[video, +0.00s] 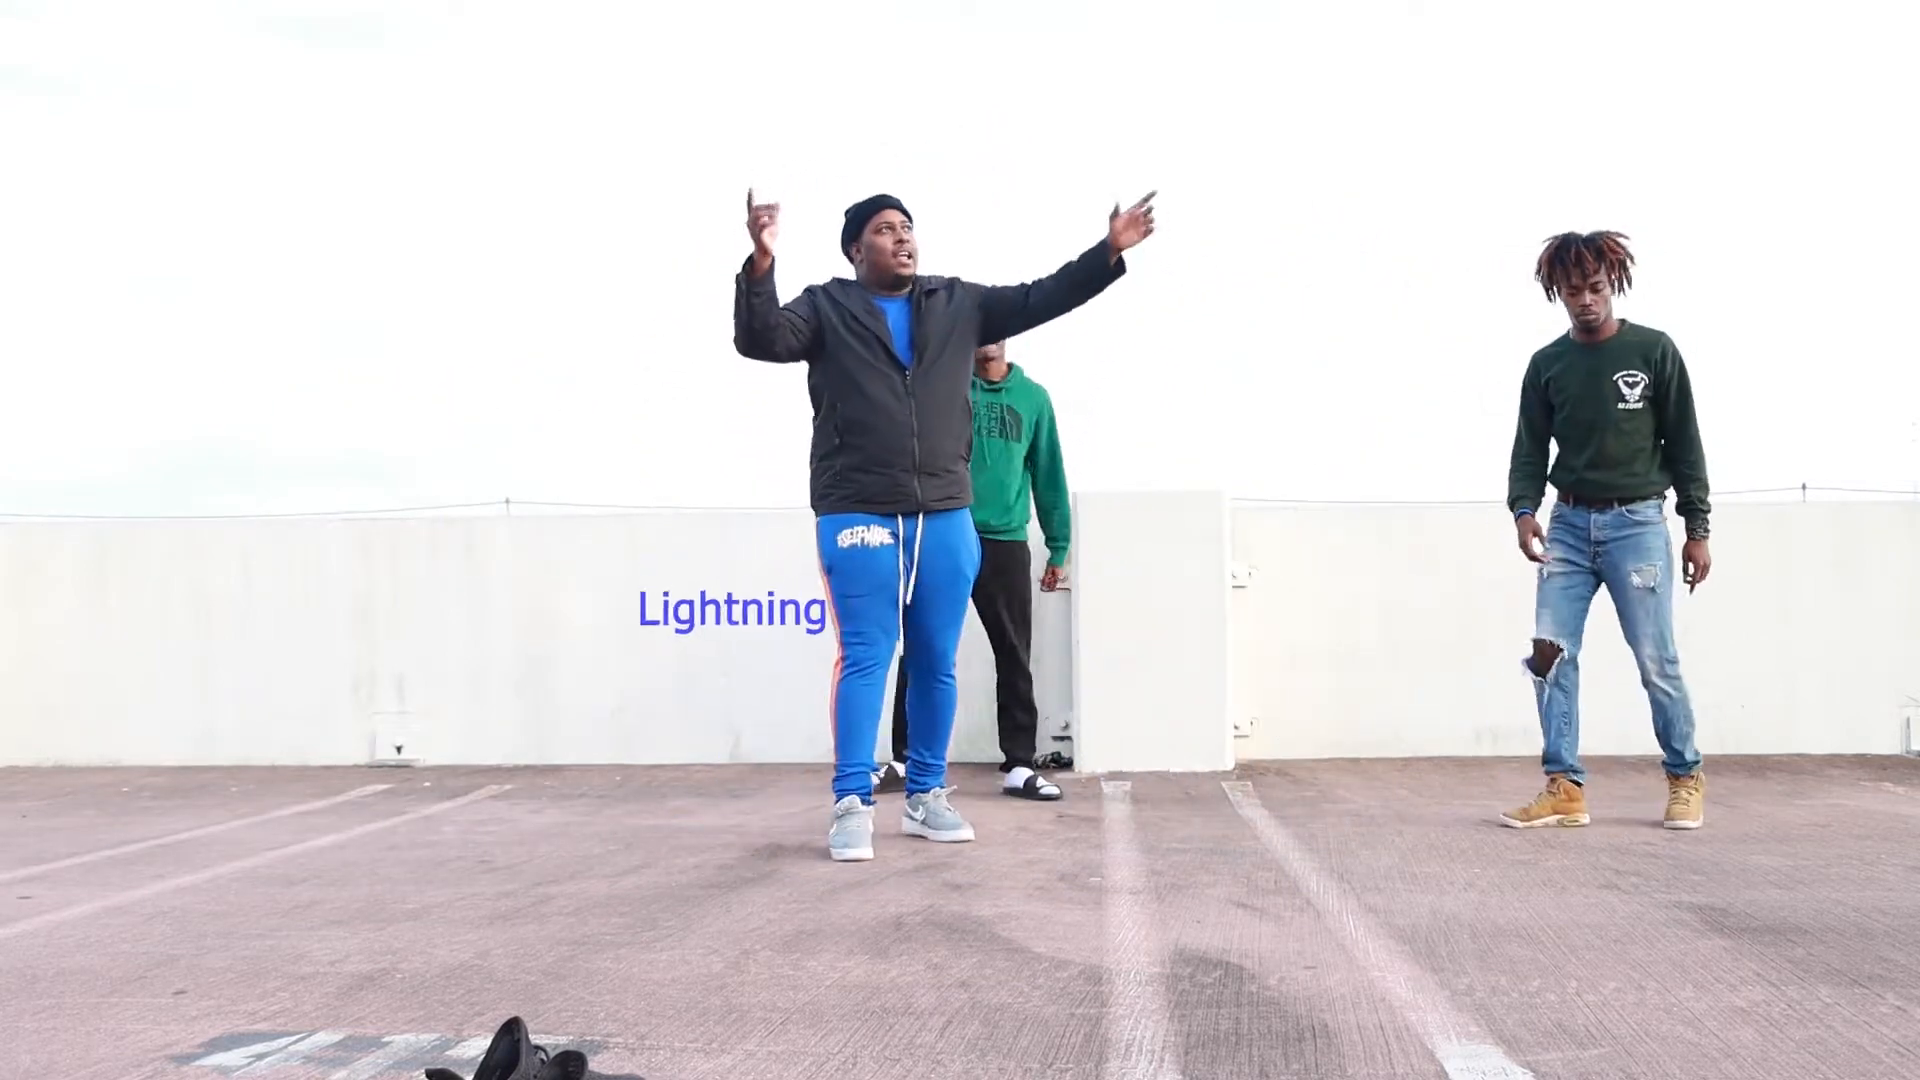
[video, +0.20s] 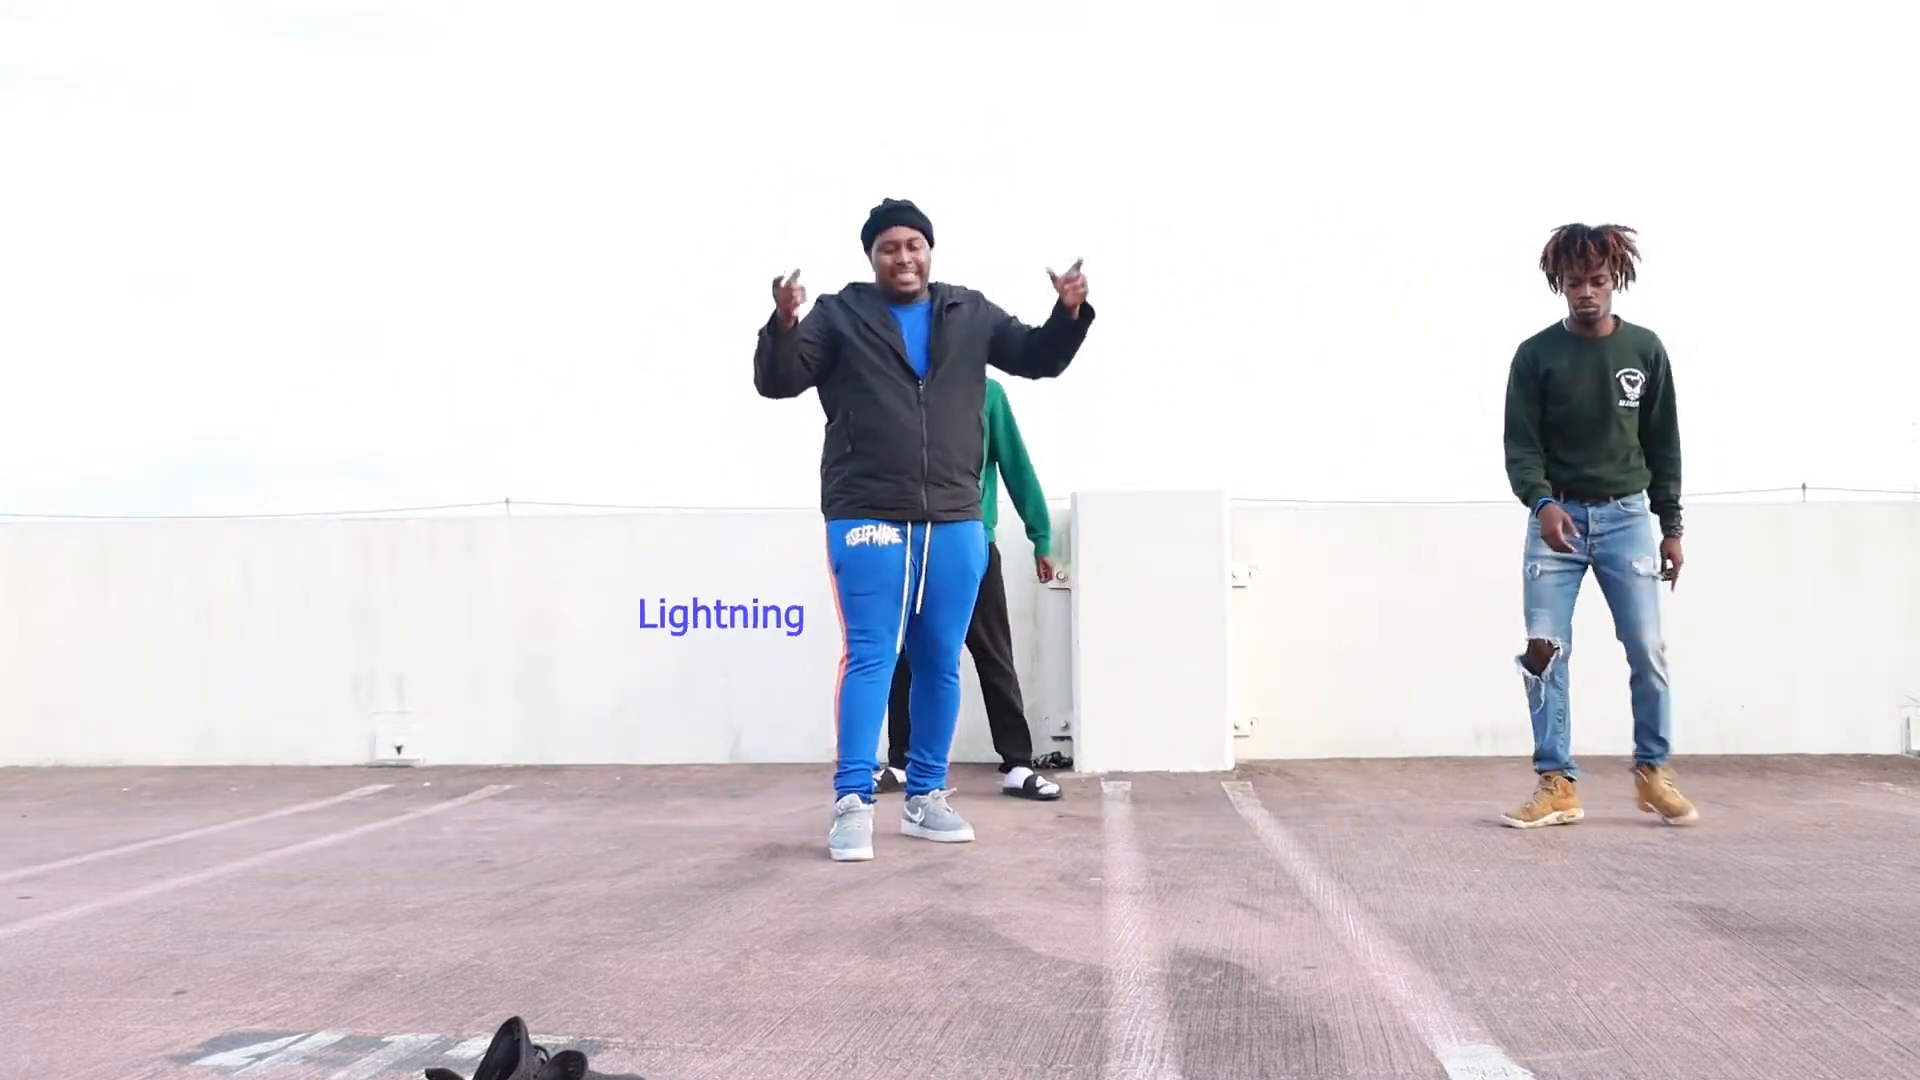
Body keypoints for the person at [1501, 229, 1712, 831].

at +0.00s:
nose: (1586, 298)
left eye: (1595, 285)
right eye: (1573, 290)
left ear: (1615, 283)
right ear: (1559, 295)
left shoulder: (1653, 350)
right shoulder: (1546, 364)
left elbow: (1683, 442)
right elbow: (1530, 444)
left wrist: (1696, 529)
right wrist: (1524, 509)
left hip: (1638, 522)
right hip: (1568, 525)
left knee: (1655, 659)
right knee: (1550, 651)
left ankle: (1684, 778)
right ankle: (1564, 787)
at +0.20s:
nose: (1585, 291)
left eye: (1595, 280)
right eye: (1574, 281)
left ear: (1614, 280)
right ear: (1559, 284)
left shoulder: (1644, 349)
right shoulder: (1533, 356)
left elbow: (1663, 444)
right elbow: (1520, 445)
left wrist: (1671, 526)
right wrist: (1543, 504)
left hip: (1628, 515)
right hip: (1555, 516)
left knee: (1648, 647)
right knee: (1543, 647)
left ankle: (1652, 771)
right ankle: (1556, 784)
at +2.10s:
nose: (1567, 304)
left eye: (1578, 292)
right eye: (1556, 294)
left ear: (1601, 290)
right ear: (1544, 295)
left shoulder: (1626, 358)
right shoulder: (1522, 363)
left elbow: (1638, 451)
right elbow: (1495, 452)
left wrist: (1646, 534)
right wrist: (1488, 533)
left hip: (1614, 523)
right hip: (1551, 519)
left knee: (1635, 653)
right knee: (1543, 652)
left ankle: (1626, 785)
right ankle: (1525, 778)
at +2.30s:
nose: (1569, 299)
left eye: (1580, 287)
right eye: (1558, 288)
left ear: (1603, 287)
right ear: (1545, 291)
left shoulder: (1629, 354)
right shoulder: (1524, 361)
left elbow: (1646, 446)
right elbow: (1500, 454)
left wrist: (1669, 515)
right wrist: (1495, 536)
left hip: (1619, 521)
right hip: (1553, 519)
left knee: (1638, 653)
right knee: (1542, 653)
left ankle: (1630, 783)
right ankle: (1528, 780)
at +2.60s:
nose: (1575, 305)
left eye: (1585, 292)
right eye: (1564, 295)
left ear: (1611, 287)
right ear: (1553, 295)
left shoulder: (1648, 354)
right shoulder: (1535, 362)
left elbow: (1670, 446)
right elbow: (1518, 452)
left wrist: (1674, 528)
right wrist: (1512, 531)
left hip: (1629, 519)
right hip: (1556, 518)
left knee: (1640, 656)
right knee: (1538, 644)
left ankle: (1636, 784)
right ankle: (1539, 772)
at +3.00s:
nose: (1531, 308)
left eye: (1540, 294)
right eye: (1519, 300)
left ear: (1565, 287)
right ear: (1509, 301)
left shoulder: (1609, 348)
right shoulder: (1504, 366)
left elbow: (1651, 435)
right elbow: (1496, 456)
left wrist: (1644, 519)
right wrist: (1481, 526)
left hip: (1596, 520)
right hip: (1527, 524)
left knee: (1610, 655)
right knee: (1501, 646)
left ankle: (1627, 778)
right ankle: (1523, 774)